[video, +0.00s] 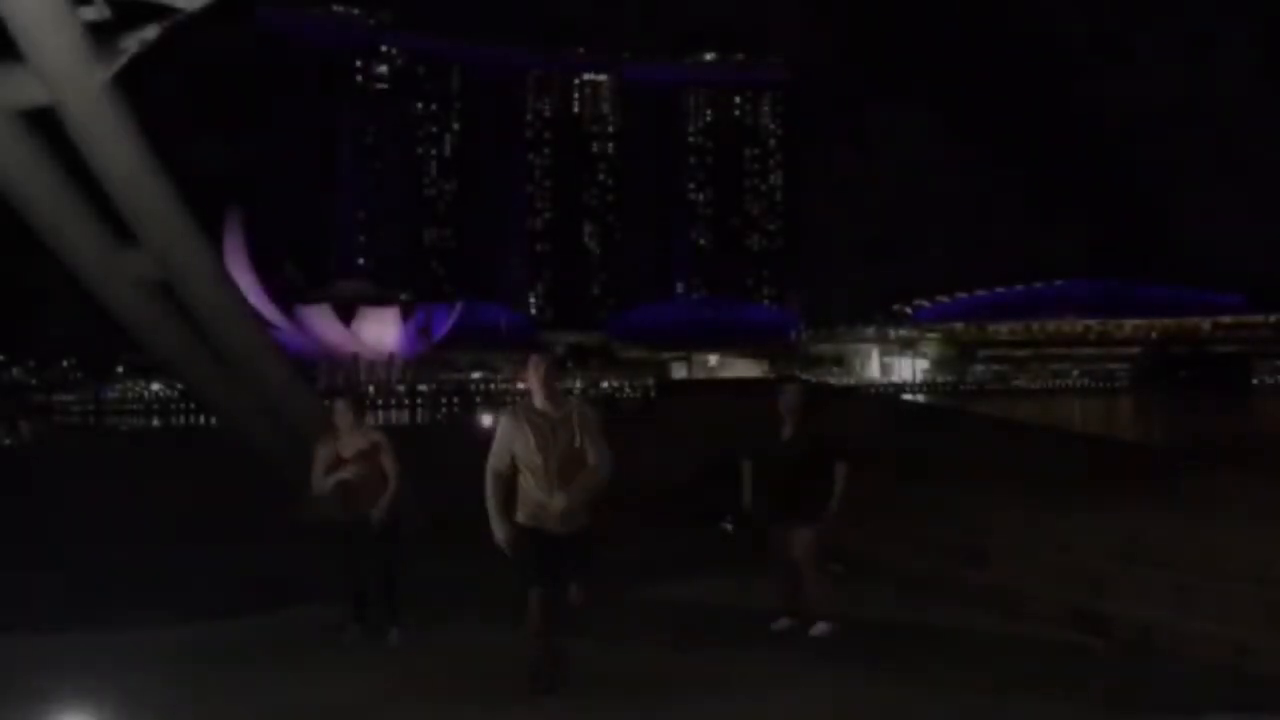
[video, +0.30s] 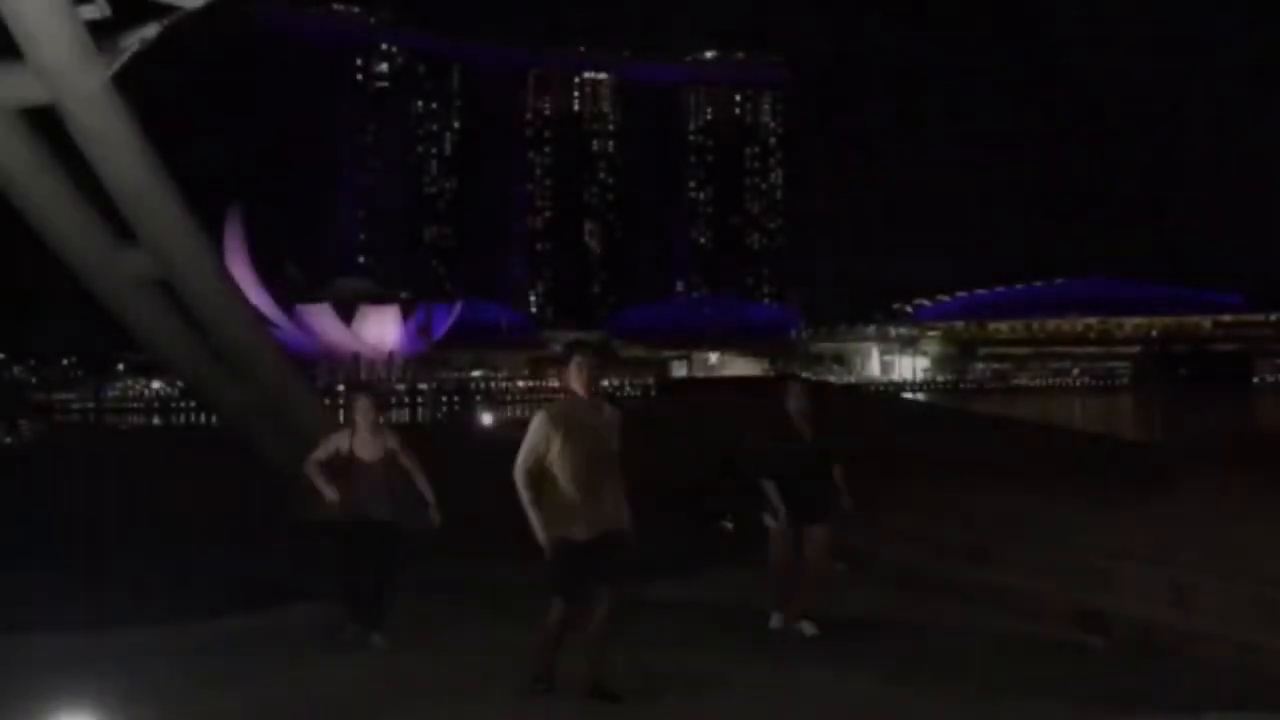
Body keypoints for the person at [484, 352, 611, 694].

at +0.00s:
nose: (545, 376)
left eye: (550, 369)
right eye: (538, 370)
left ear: (559, 375)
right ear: (526, 377)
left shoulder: (580, 416)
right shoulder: (513, 421)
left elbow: (599, 465)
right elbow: (496, 474)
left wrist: (570, 496)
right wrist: (499, 524)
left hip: (574, 526)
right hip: (532, 526)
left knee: (573, 599)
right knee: (537, 601)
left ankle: (562, 670)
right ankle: (538, 674)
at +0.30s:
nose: (588, 377)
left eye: (593, 369)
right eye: (581, 369)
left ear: (602, 374)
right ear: (566, 375)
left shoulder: (609, 416)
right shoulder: (550, 418)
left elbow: (612, 469)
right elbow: (523, 471)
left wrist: (621, 515)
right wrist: (541, 529)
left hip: (607, 529)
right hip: (565, 533)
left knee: (608, 606)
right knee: (563, 607)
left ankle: (597, 679)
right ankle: (543, 676)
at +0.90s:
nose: (629, 435)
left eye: (636, 426)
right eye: (622, 427)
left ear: (643, 426)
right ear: (609, 425)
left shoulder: (659, 454)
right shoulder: (592, 452)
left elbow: (683, 496)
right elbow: (537, 462)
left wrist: (639, 489)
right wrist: (578, 444)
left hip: (632, 544)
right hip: (589, 539)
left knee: (652, 597)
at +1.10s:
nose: (621, 428)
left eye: (628, 419)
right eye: (614, 420)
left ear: (640, 422)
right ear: (605, 422)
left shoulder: (656, 445)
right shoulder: (590, 445)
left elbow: (689, 482)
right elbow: (526, 455)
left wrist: (630, 465)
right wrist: (571, 457)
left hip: (641, 543)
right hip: (601, 542)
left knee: (638, 614)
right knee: (607, 613)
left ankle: (619, 675)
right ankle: (621, 692)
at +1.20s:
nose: (613, 430)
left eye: (619, 424)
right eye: (607, 423)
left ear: (633, 426)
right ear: (600, 425)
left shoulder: (646, 445)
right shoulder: (584, 443)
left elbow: (693, 483)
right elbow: (523, 454)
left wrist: (648, 470)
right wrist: (570, 458)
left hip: (639, 537)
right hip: (597, 537)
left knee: (629, 610)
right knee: (596, 605)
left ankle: (618, 675)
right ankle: (591, 683)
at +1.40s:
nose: (600, 431)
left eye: (609, 425)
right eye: (597, 424)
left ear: (625, 429)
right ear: (592, 425)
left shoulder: (641, 462)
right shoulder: (582, 452)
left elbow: (693, 480)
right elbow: (520, 453)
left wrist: (635, 472)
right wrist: (566, 466)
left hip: (637, 539)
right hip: (596, 535)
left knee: (605, 598)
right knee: (563, 579)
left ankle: (616, 675)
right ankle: (559, 668)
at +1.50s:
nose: (601, 419)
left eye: (608, 412)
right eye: (596, 412)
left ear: (621, 416)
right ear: (588, 416)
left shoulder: (638, 445)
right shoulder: (579, 440)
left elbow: (689, 462)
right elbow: (521, 457)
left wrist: (640, 464)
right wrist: (568, 459)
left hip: (636, 530)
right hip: (597, 527)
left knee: (600, 585)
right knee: (560, 573)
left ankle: (620, 669)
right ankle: (590, 633)